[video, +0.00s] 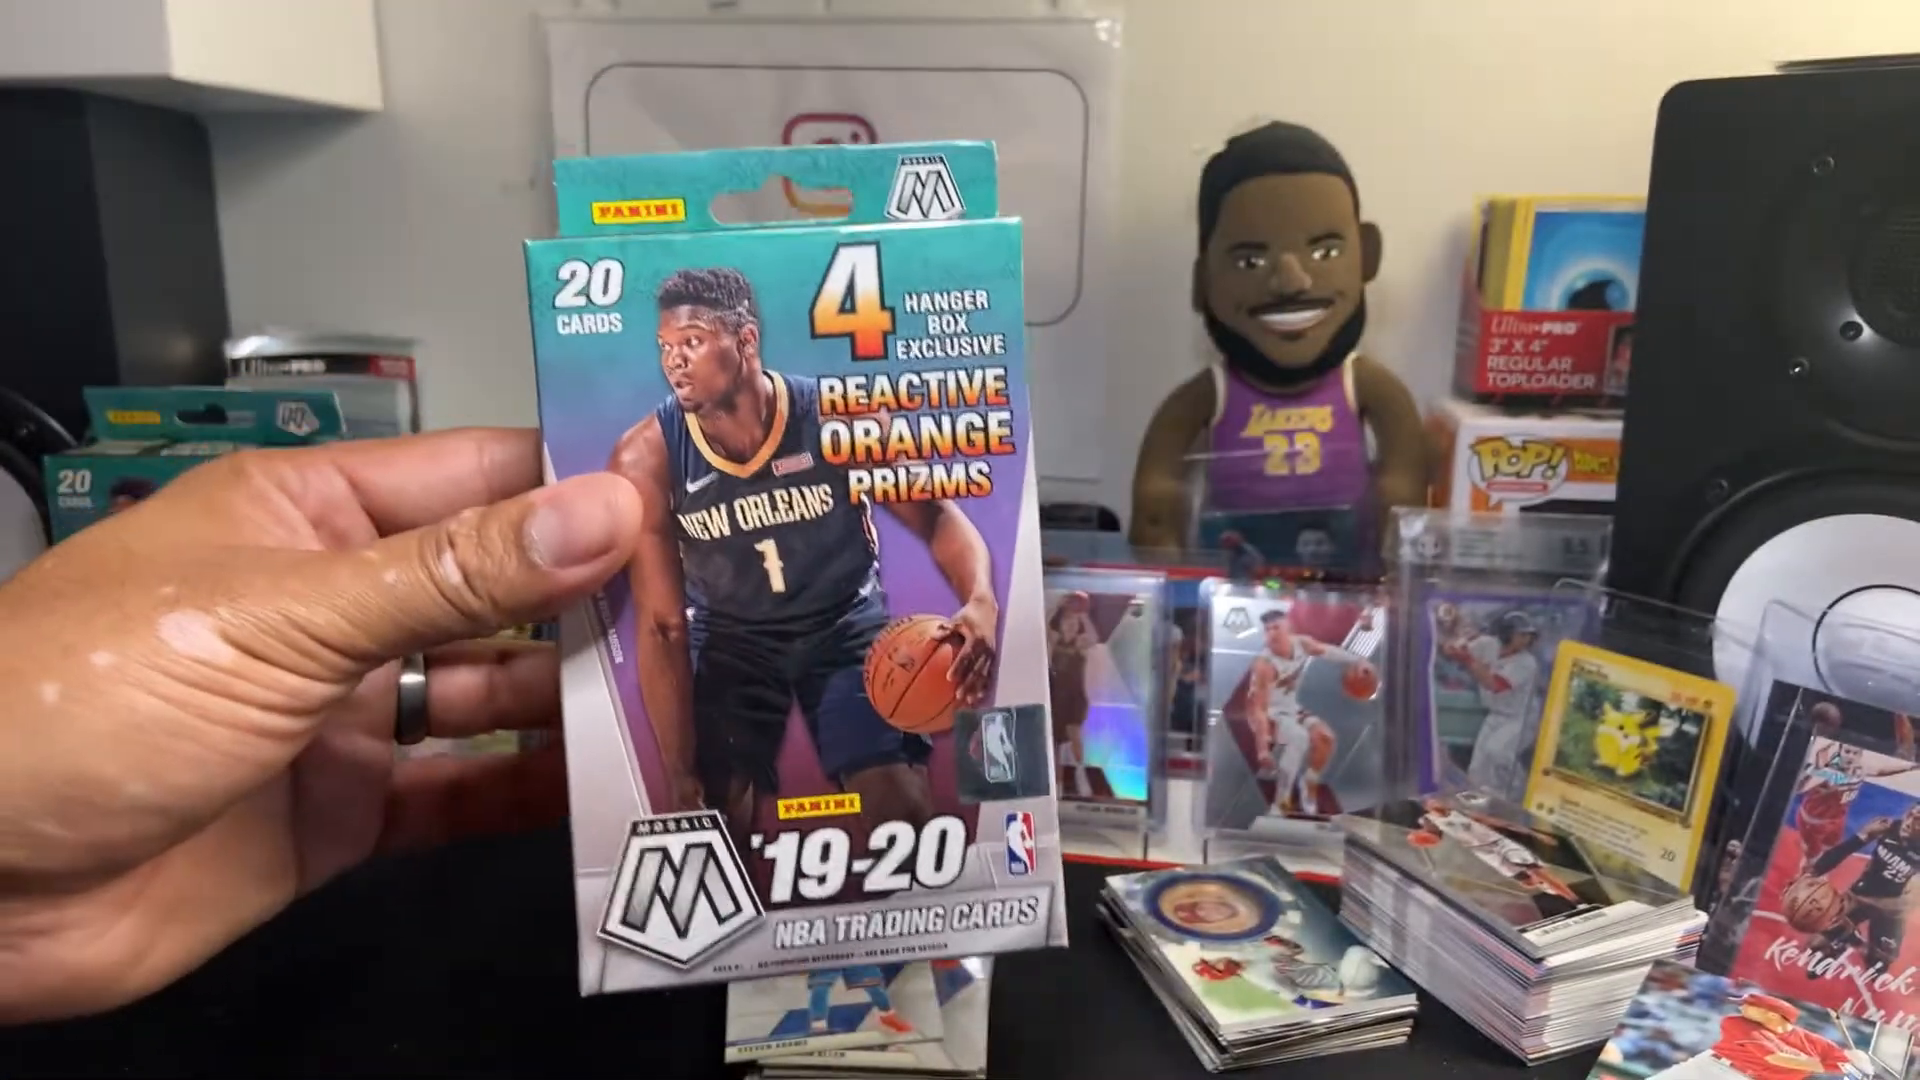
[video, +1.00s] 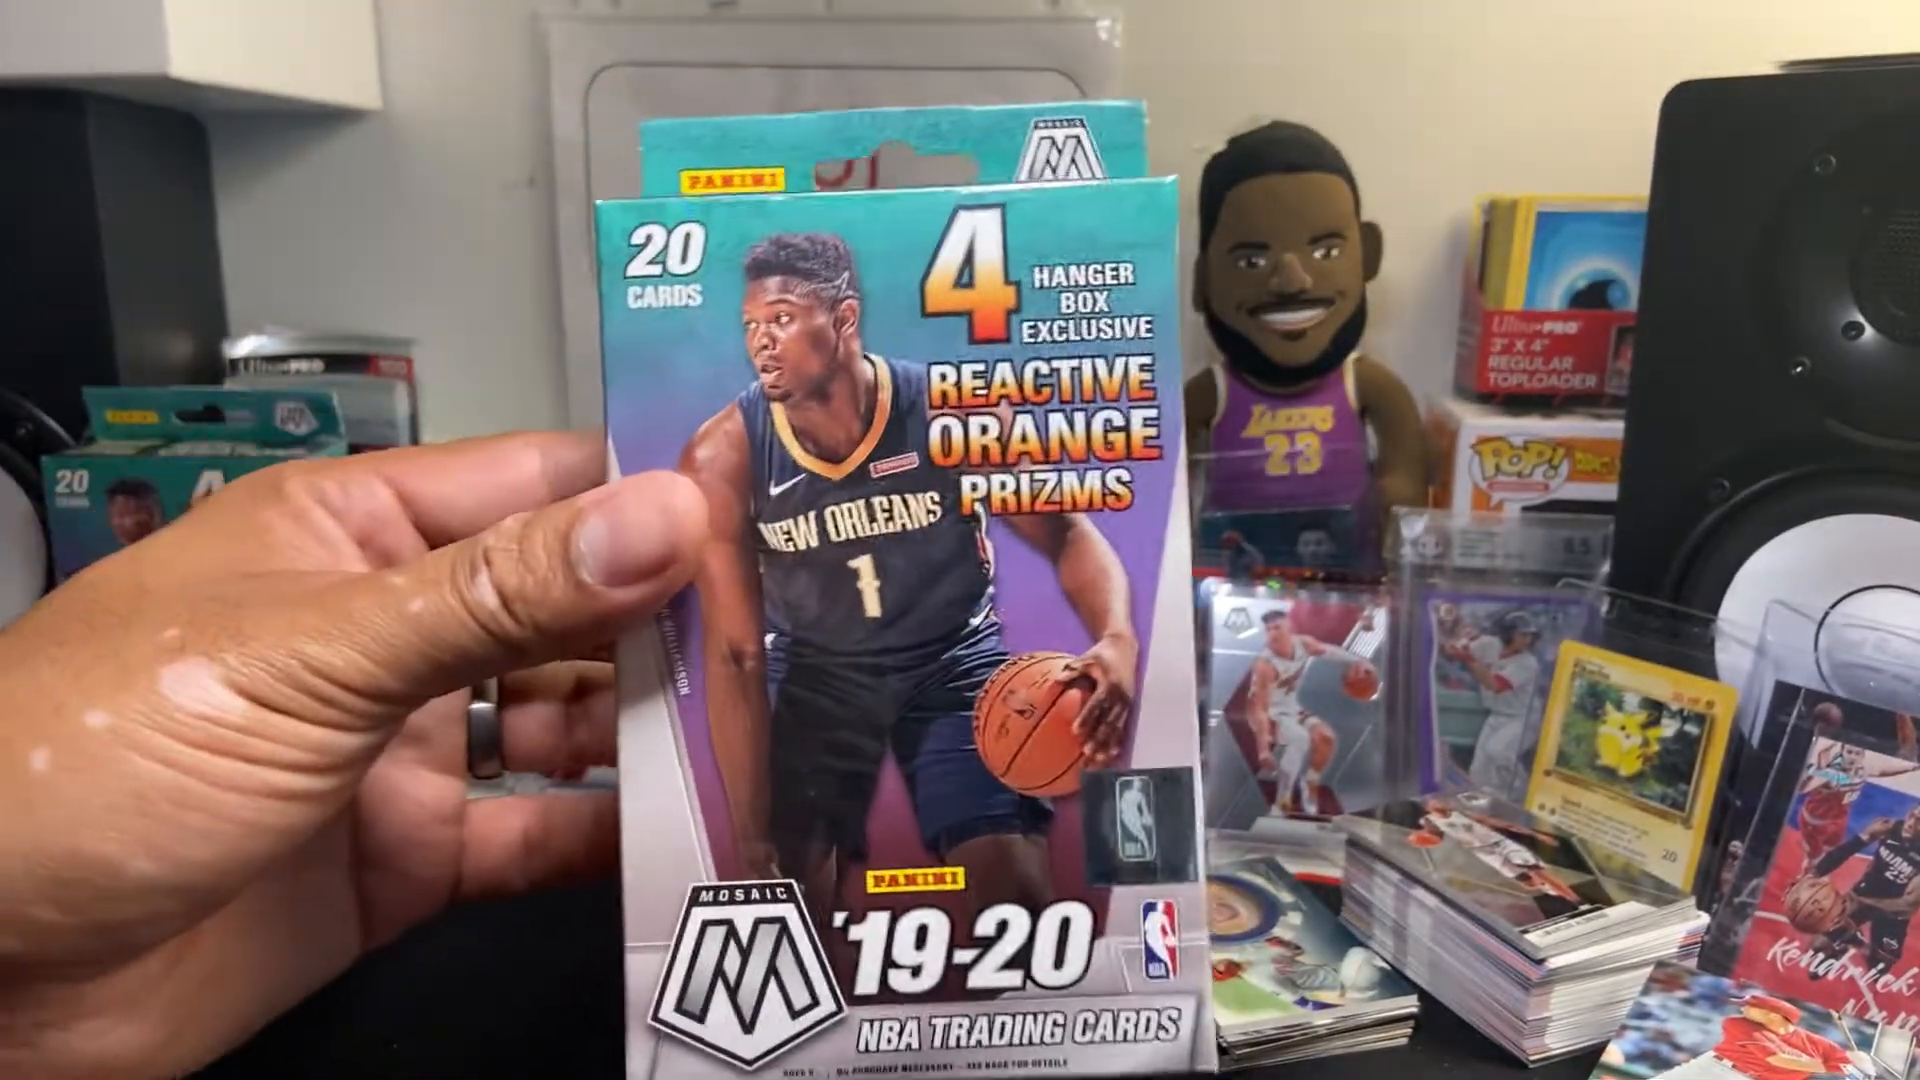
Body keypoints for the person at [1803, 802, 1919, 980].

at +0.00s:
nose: (1910, 823)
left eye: (1917, 821)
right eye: (1910, 816)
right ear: (1905, 814)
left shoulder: (1917, 854)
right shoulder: (1884, 828)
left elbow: (1910, 902)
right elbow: (1844, 849)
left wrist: (1859, 902)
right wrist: (1813, 872)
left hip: (1892, 910)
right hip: (1860, 896)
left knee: (1877, 970)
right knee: (1815, 948)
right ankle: (1845, 941)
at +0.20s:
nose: (1909, 823)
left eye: (1917, 821)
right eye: (1910, 815)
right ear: (1905, 814)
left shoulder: (1917, 858)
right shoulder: (1884, 828)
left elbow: (1909, 903)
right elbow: (1844, 849)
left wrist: (1859, 903)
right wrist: (1813, 872)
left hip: (1892, 909)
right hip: (1862, 894)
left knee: (1877, 969)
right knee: (1815, 946)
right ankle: (1847, 939)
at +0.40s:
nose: (1910, 823)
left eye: (1917, 821)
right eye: (1910, 816)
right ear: (1905, 814)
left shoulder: (1917, 858)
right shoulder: (1885, 828)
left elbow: (1907, 903)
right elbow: (1843, 850)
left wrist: (1858, 903)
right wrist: (1814, 872)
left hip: (1892, 910)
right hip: (1861, 895)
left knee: (1877, 970)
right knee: (1815, 946)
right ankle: (1846, 940)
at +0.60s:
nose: (1911, 823)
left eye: (1917, 822)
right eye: (1911, 816)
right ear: (1906, 814)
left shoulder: (1917, 859)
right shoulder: (1884, 828)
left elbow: (1907, 904)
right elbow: (1844, 850)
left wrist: (1859, 903)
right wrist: (1814, 872)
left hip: (1893, 910)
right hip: (1862, 896)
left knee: (1877, 971)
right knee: (1816, 949)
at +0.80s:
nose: (1911, 823)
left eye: (1917, 821)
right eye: (1911, 816)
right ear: (1907, 814)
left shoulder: (1917, 859)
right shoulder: (1885, 828)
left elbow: (1906, 905)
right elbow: (1845, 849)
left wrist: (1860, 903)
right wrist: (1816, 871)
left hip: (1893, 911)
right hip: (1862, 896)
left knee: (1878, 971)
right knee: (1817, 948)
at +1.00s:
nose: (1911, 823)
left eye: (1918, 821)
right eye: (1912, 816)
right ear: (1907, 814)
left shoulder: (1917, 857)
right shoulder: (1887, 828)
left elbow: (1908, 905)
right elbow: (1846, 850)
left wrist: (1861, 903)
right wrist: (1814, 873)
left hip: (1894, 911)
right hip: (1863, 897)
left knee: (1878, 971)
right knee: (1818, 948)